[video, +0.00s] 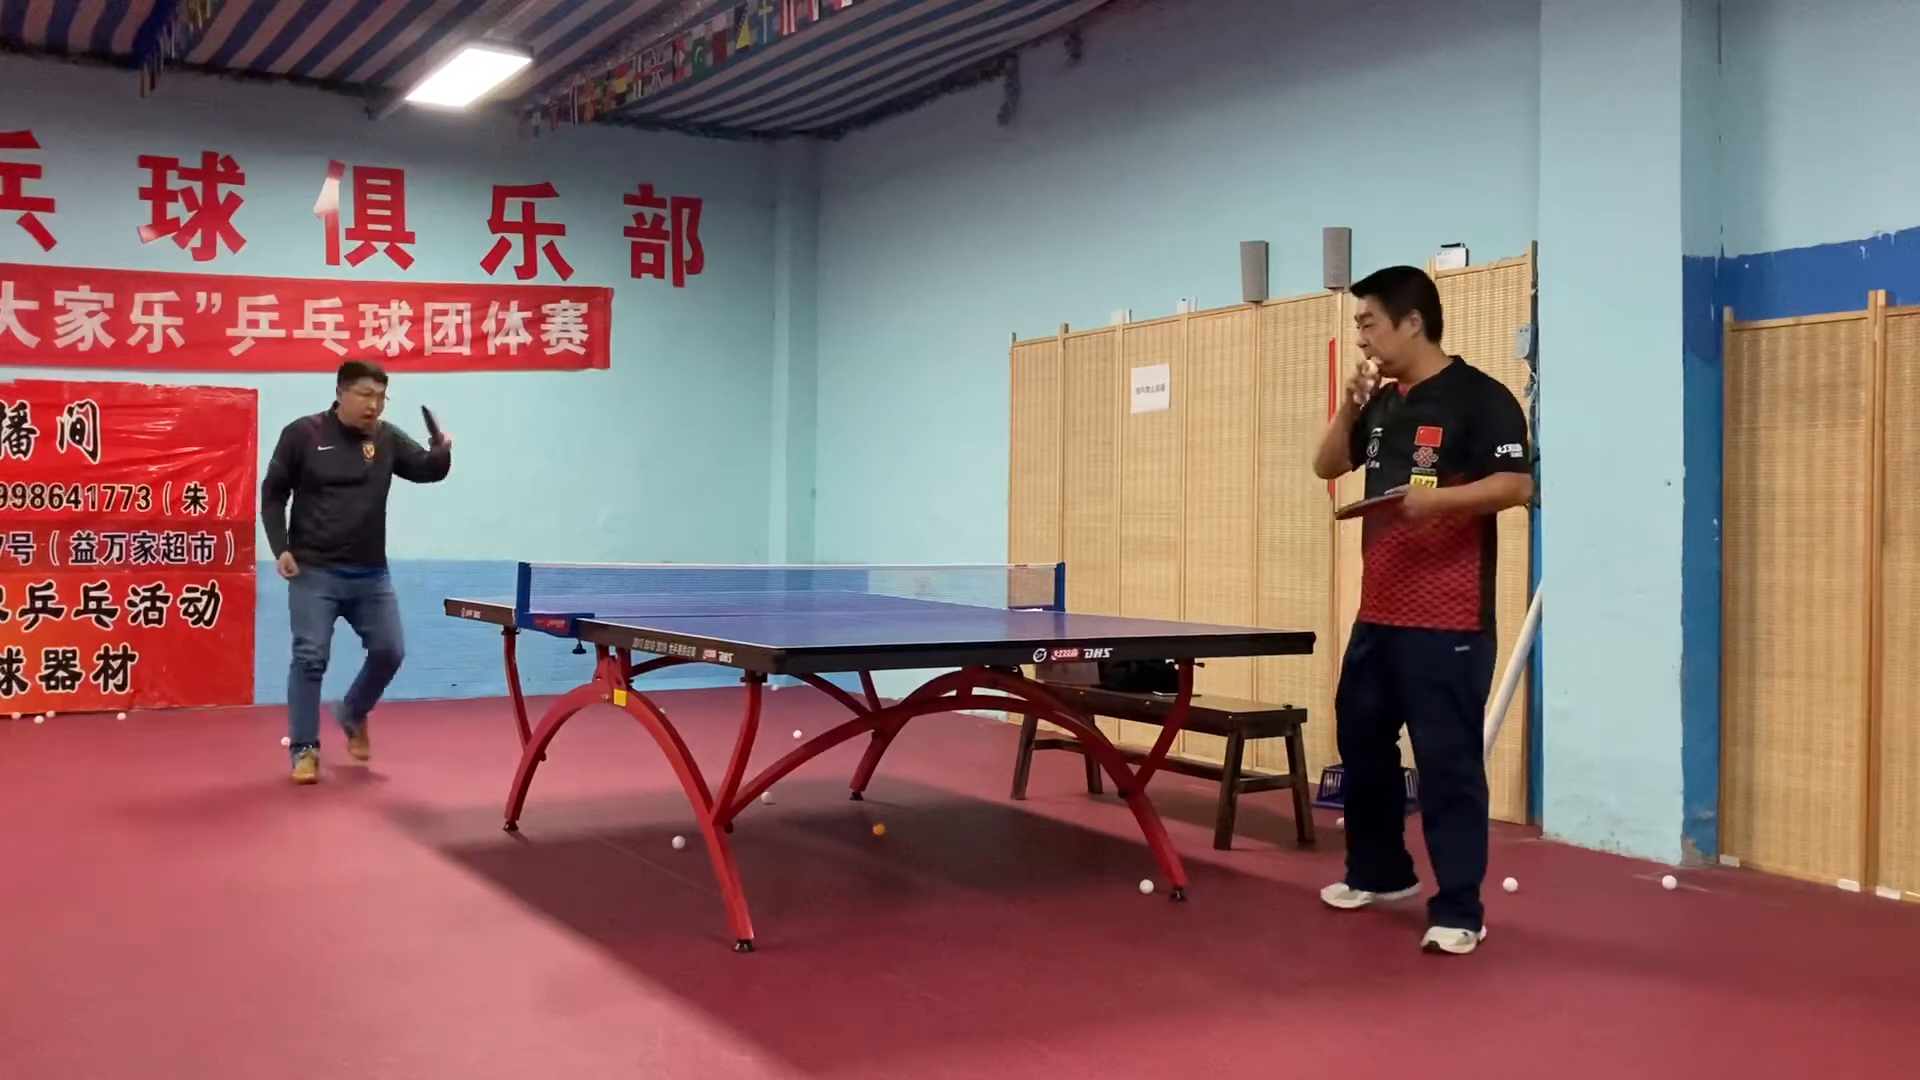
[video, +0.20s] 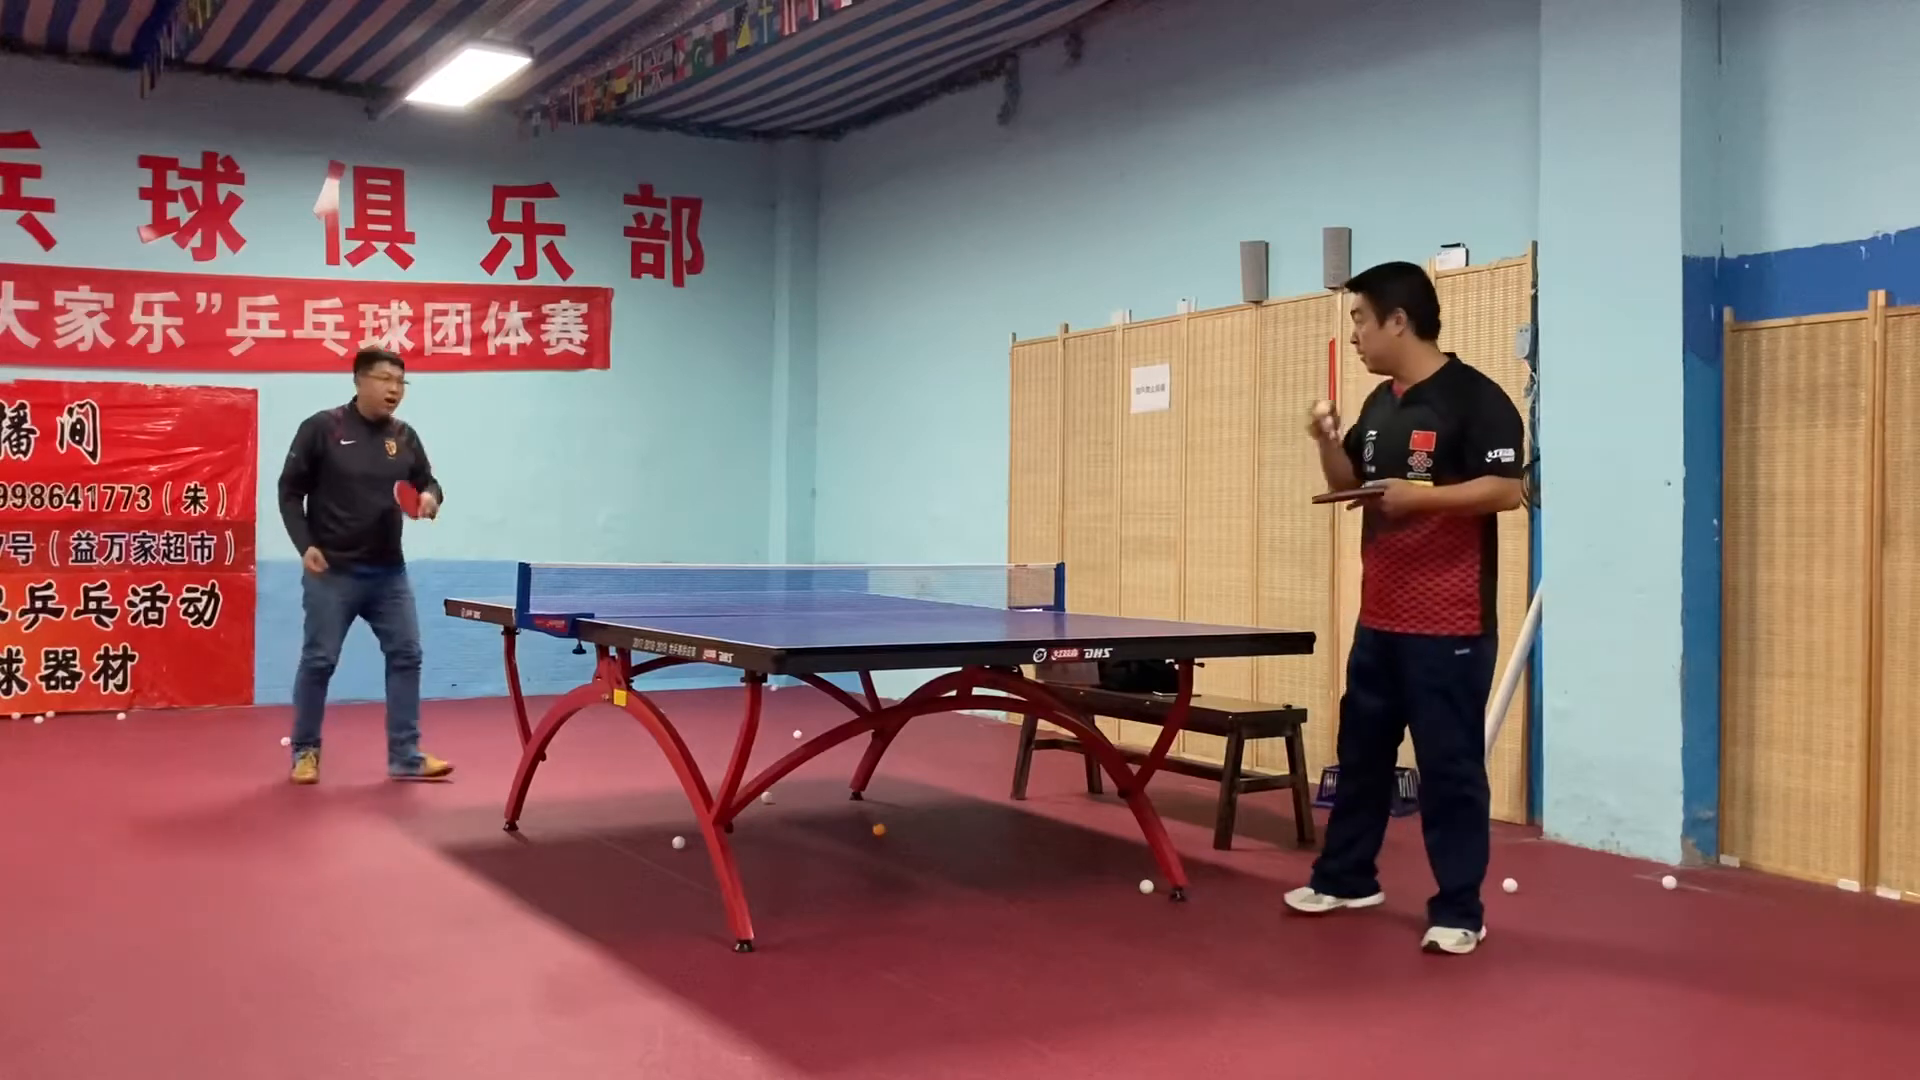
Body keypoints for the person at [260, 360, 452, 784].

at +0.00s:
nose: (374, 405)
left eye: (380, 397)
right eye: (365, 396)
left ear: (384, 401)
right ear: (341, 394)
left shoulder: (386, 438)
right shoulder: (302, 435)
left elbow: (429, 470)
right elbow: (272, 496)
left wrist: (441, 452)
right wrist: (280, 549)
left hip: (369, 575)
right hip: (313, 573)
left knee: (389, 651)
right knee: (310, 657)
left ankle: (352, 713)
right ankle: (304, 747)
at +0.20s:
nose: (393, 390)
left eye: (398, 383)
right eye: (384, 380)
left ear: (402, 388)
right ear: (359, 382)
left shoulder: (403, 436)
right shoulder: (321, 429)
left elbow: (427, 482)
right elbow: (289, 491)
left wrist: (430, 496)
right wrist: (305, 544)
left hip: (386, 573)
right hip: (331, 571)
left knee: (406, 654)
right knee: (319, 660)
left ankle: (404, 755)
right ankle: (306, 749)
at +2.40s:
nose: (471, 427)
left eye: (477, 420)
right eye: (463, 417)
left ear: (479, 423)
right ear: (433, 416)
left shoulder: (469, 468)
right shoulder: (386, 455)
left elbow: (480, 524)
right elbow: (352, 521)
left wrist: (502, 539)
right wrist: (405, 555)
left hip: (444, 598)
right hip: (385, 598)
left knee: (507, 653)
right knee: (357, 684)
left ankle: (487, 752)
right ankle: (307, 776)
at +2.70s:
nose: (534, 454)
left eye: (542, 446)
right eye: (526, 443)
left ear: (549, 446)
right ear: (500, 437)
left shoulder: (546, 486)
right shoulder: (456, 459)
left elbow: (561, 541)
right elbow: (410, 501)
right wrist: (409, 546)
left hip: (505, 609)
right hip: (441, 601)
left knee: (541, 667)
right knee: (381, 679)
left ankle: (556, 780)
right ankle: (325, 776)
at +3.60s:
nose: (577, 430)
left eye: (586, 423)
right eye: (568, 420)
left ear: (595, 427)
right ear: (549, 419)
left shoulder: (595, 475)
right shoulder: (507, 461)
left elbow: (611, 527)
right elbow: (463, 517)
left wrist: (633, 547)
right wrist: (479, 576)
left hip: (560, 590)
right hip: (500, 587)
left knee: (608, 657)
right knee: (460, 667)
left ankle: (613, 753)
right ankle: (414, 761)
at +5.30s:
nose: (537, 423)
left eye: (545, 416)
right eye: (528, 414)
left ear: (555, 420)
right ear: (511, 416)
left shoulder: (560, 465)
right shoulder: (478, 450)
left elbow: (536, 524)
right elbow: (437, 504)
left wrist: (482, 540)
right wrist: (403, 551)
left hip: (525, 572)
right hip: (474, 570)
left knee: (564, 649)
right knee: (443, 651)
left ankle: (580, 744)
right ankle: (403, 748)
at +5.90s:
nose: (507, 412)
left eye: (513, 404)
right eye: (497, 404)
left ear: (520, 409)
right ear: (475, 407)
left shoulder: (534, 456)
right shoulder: (446, 453)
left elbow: (554, 514)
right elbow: (424, 515)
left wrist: (547, 568)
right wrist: (416, 565)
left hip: (521, 579)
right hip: (465, 578)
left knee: (548, 658)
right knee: (435, 663)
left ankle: (557, 742)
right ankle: (401, 750)